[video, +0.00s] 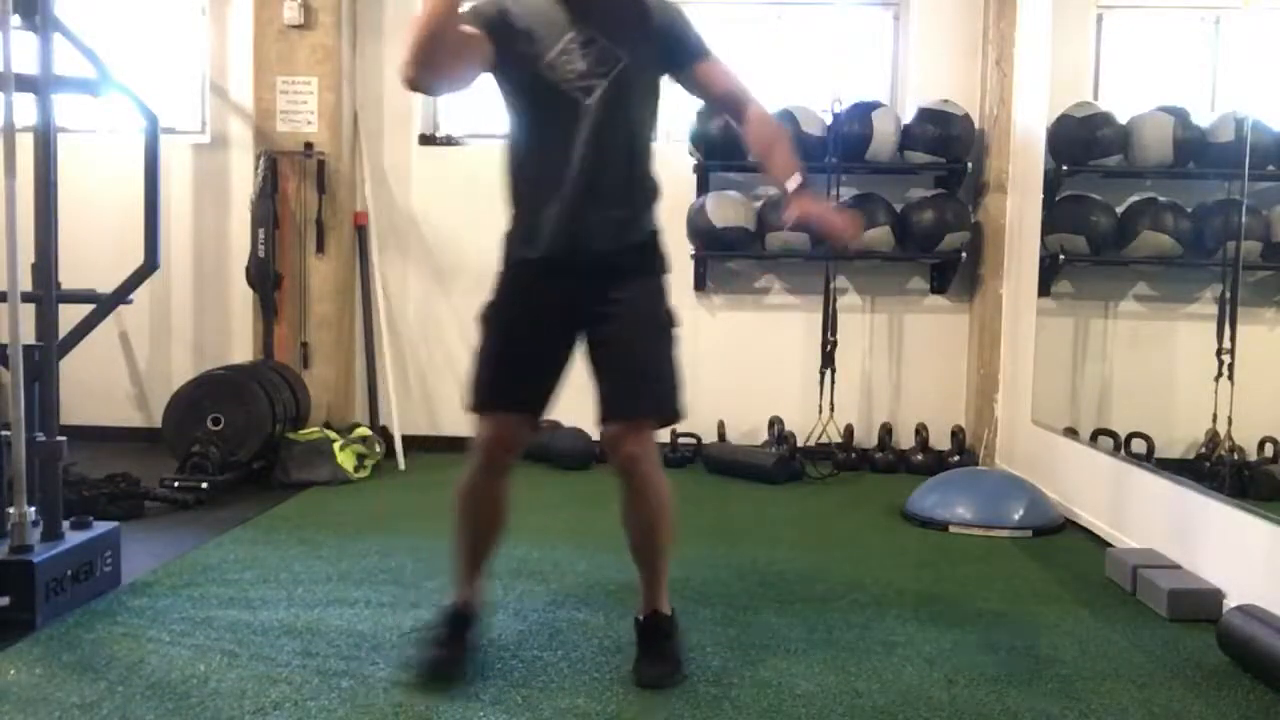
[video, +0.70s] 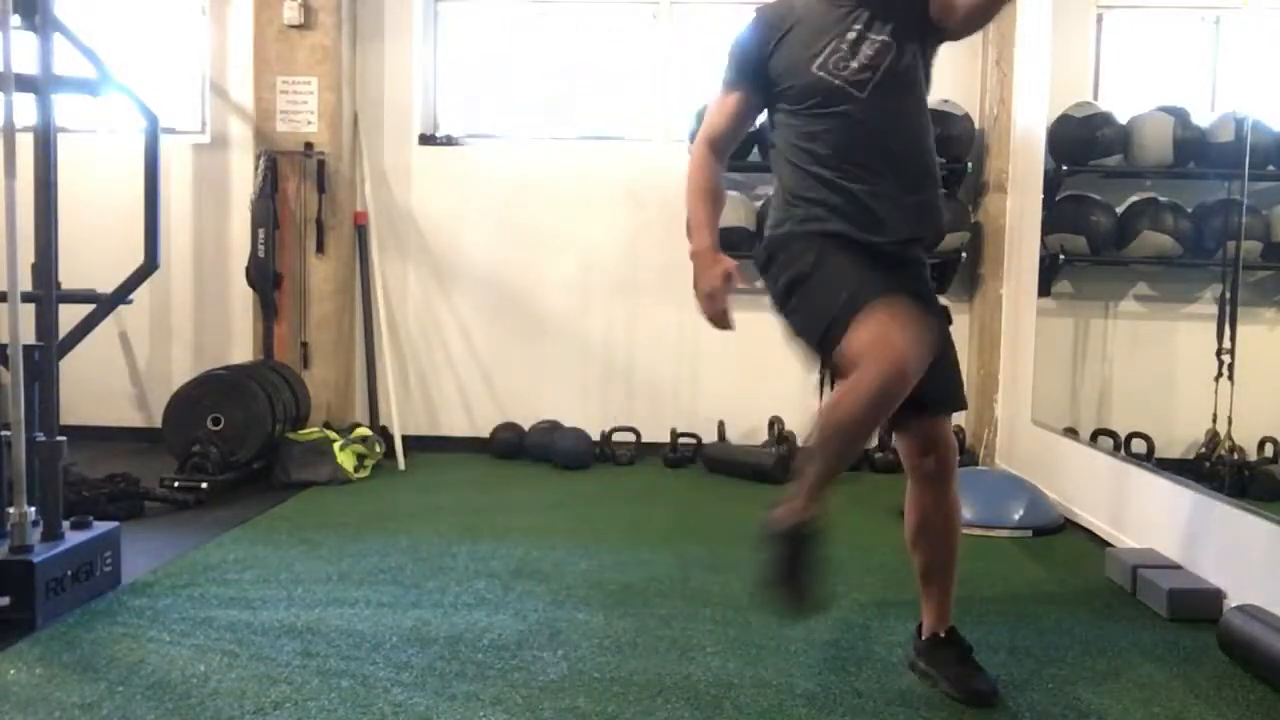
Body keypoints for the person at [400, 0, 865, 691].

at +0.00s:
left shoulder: (648, 17)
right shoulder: (510, 15)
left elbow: (742, 105)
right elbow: (422, 69)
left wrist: (795, 187)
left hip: (626, 266)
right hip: (536, 266)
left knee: (633, 447)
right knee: (495, 444)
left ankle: (655, 617)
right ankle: (462, 609)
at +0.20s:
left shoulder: (682, 31)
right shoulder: (547, 36)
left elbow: (783, 103)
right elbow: (474, 120)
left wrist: (863, 146)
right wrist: (508, 19)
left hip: (677, 275)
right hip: (585, 282)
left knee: (739, 441)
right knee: (564, 463)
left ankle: (751, 609)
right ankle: (553, 613)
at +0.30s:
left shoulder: (743, 47)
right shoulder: (603, 52)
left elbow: (835, 108)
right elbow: (527, 162)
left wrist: (914, 103)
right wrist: (569, 79)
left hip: (733, 288)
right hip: (638, 292)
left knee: (818, 447)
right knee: (600, 468)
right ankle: (557, 613)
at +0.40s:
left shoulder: (794, 44)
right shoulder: (656, 64)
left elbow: (915, 88)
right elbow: (577, 187)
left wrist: (961, 31)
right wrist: (613, 134)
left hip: (796, 293)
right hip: (697, 297)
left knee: (877, 461)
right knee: (635, 474)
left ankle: (929, 632)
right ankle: (561, 609)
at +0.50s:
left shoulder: (848, 35)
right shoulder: (711, 67)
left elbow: (975, 33)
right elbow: (643, 175)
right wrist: (652, 213)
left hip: (853, 290)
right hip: (757, 297)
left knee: (921, 460)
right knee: (705, 466)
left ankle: (936, 638)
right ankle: (583, 598)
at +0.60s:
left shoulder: (891, 17)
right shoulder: (751, 46)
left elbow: (981, 7)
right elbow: (690, 163)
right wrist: (680, 249)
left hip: (882, 268)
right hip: (793, 271)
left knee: (935, 452)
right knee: (800, 441)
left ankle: (938, 637)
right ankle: (667, 564)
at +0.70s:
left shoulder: (919, 15)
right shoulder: (779, 21)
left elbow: (978, 9)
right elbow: (709, 146)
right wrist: (704, 250)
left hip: (900, 252)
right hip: (810, 235)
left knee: (933, 452)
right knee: (897, 346)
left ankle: (936, 636)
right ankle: (794, 515)